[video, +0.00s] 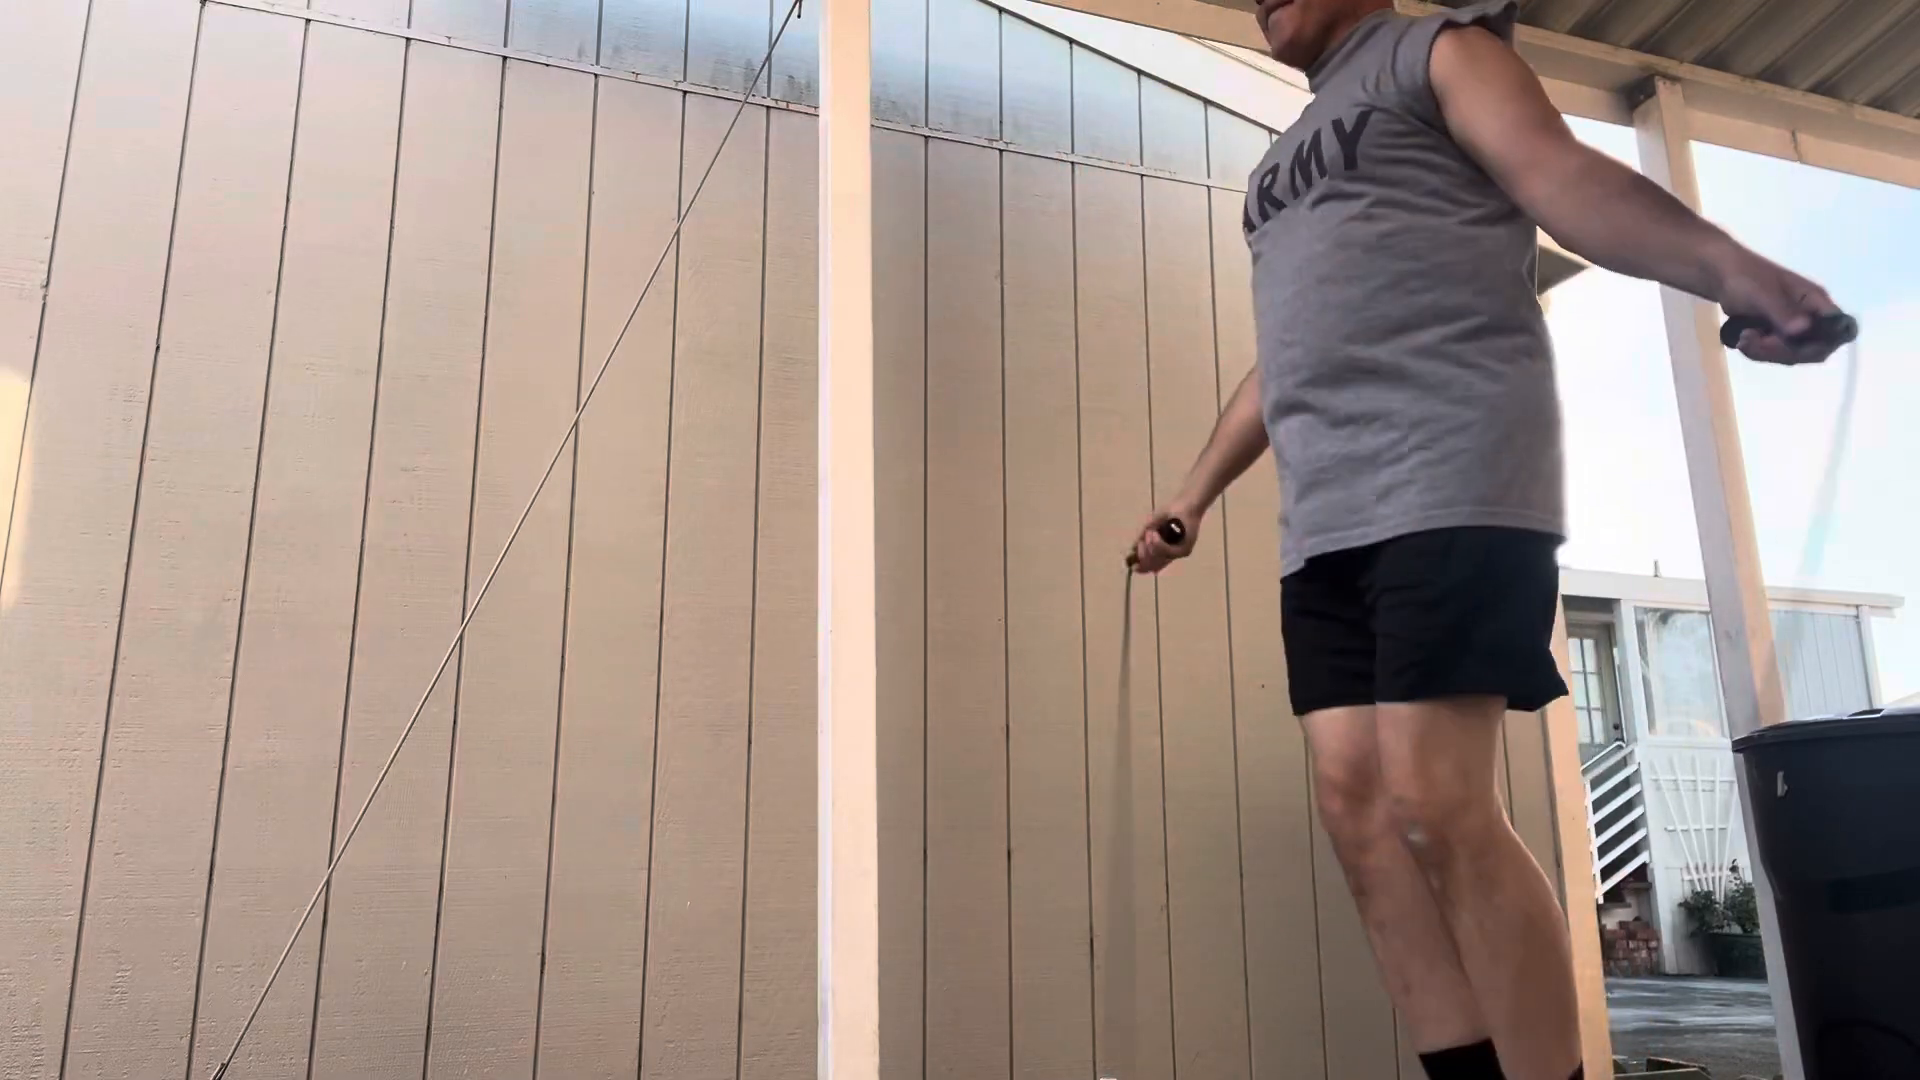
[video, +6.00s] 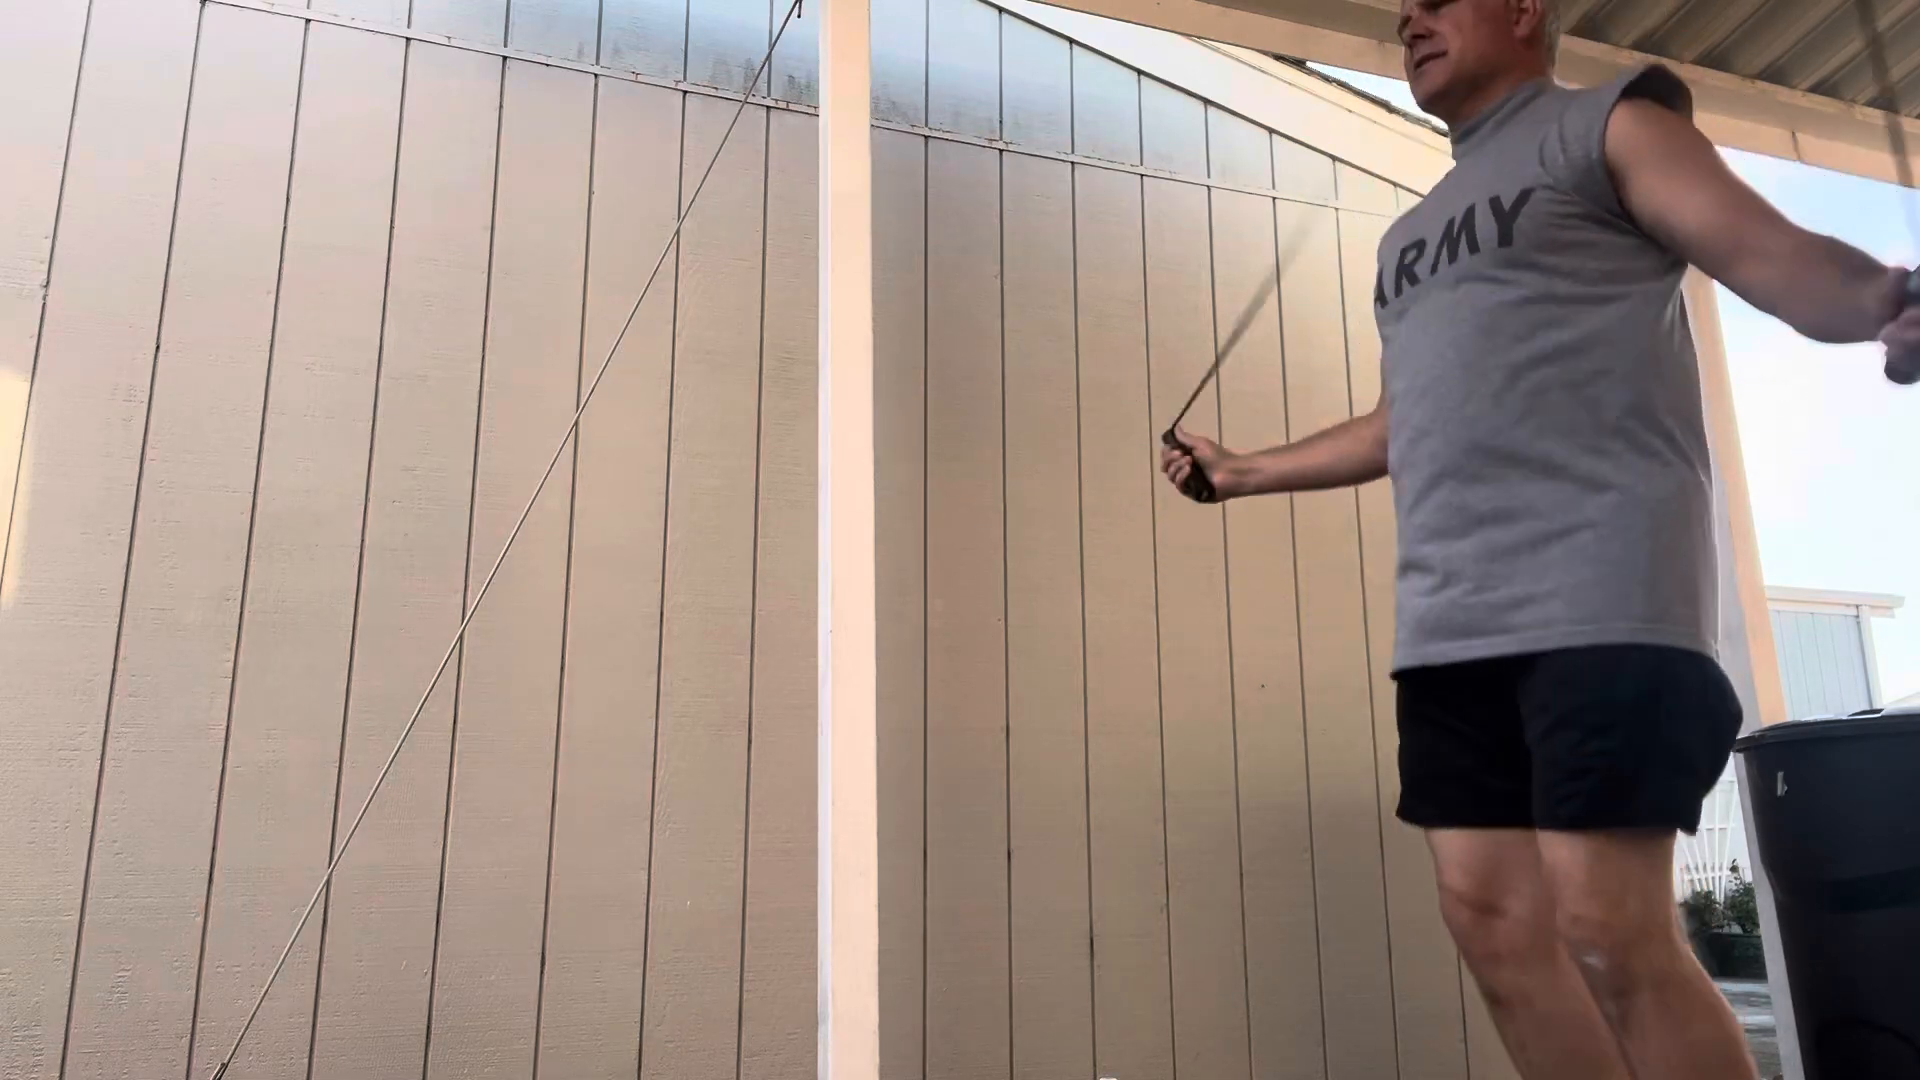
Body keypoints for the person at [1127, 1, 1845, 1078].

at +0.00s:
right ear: (1274, 23)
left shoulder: (1440, 49)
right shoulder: (1280, 163)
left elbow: (1562, 179)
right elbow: (1287, 359)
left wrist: (1729, 264)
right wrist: (1193, 492)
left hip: (1457, 465)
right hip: (1324, 498)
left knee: (1439, 800)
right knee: (1355, 807)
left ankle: (1546, 1072)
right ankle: (1467, 1070)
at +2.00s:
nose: (1260, 6)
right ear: (1272, 25)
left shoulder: (1430, 83)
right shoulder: (1276, 185)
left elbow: (1542, 214)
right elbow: (1273, 386)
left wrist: (1689, 314)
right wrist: (1164, 511)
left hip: (1424, 546)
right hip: (1300, 564)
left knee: (1433, 868)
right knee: (1348, 865)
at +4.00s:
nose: (1327, 41)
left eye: (1354, 16)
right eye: (1321, 30)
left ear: (1437, 24)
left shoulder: (1514, 134)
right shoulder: (1349, 243)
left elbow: (1646, 269)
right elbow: (1346, 442)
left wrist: (1762, 385)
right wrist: (1197, 532)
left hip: (1521, 607)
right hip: (1383, 631)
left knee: (1528, 940)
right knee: (1416, 927)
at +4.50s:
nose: (1339, 3)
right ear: (1342, 22)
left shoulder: (1520, 78)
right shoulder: (1353, 190)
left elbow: (1643, 222)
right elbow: (1350, 388)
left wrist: (1790, 337)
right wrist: (1233, 514)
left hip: (1517, 561)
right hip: (1381, 579)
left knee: (1533, 888)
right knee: (1431, 876)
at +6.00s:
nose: (1410, 20)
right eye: (1403, 12)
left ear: (1525, 15)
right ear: (1408, 57)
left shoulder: (1608, 124)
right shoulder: (1409, 237)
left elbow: (1759, 247)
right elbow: (1402, 427)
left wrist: (1883, 299)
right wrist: (1236, 469)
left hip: (1606, 585)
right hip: (1447, 609)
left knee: (1614, 930)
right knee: (1493, 921)